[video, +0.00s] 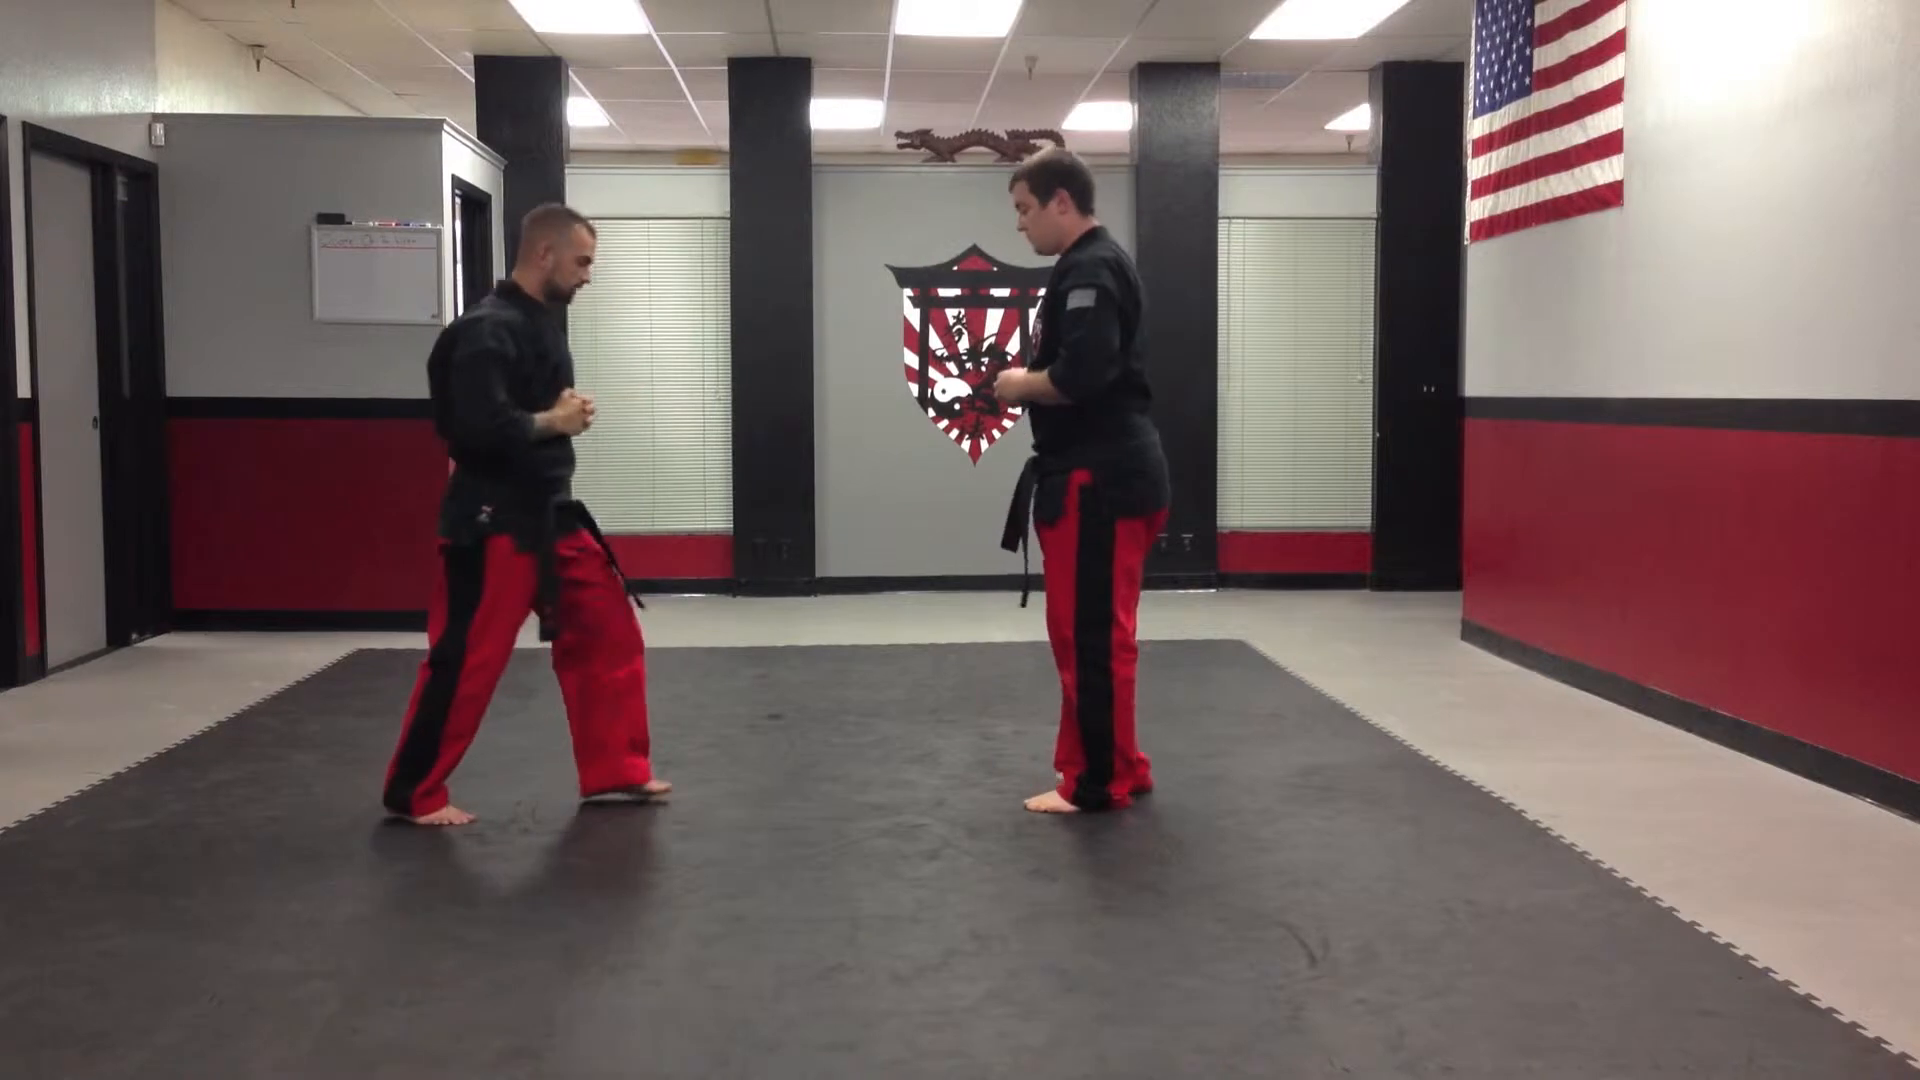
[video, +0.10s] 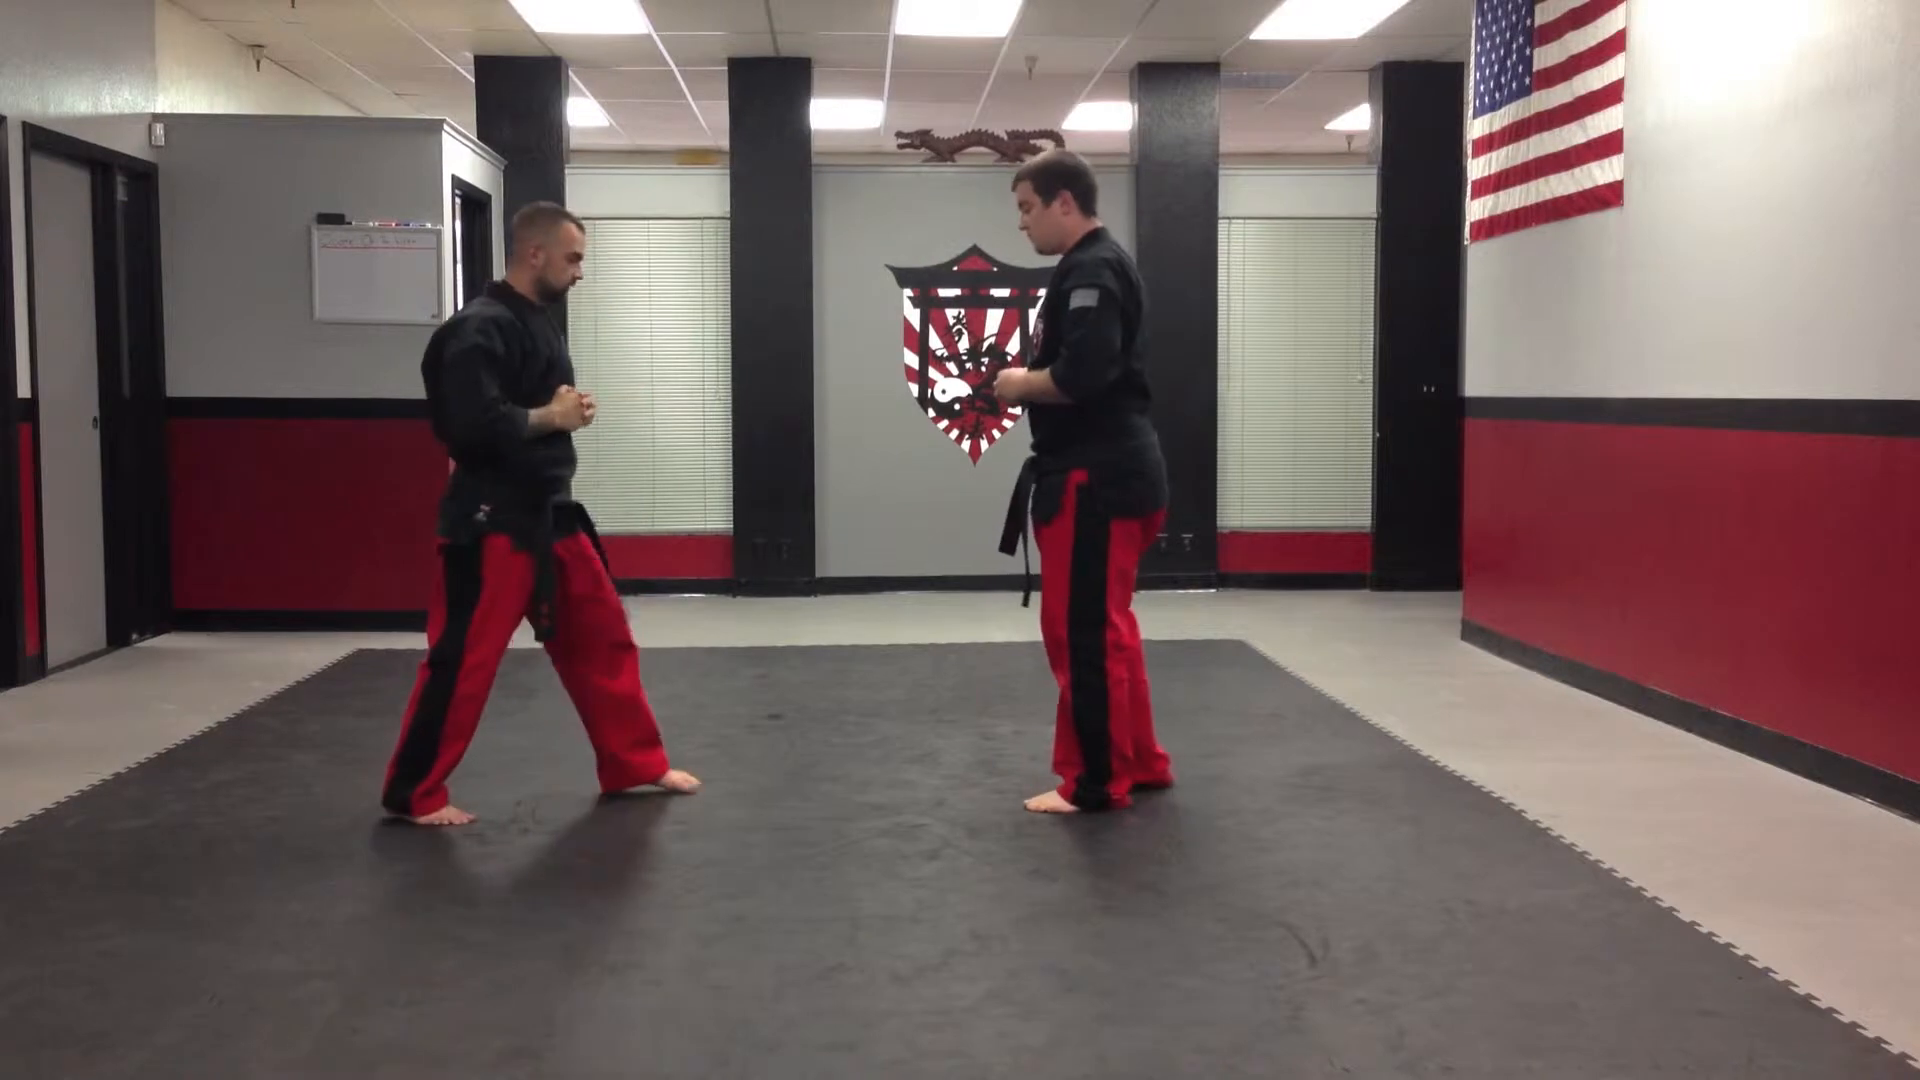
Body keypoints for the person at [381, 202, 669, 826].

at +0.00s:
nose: (587, 275)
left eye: (590, 263)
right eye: (582, 262)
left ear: (546, 258)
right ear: (542, 255)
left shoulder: (545, 326)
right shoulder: (485, 329)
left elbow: (529, 411)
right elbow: (475, 428)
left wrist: (557, 414)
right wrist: (551, 421)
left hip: (552, 511)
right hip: (493, 517)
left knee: (607, 635)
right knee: (468, 658)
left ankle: (614, 772)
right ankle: (415, 794)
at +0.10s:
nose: (579, 272)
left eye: (581, 260)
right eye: (572, 259)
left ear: (539, 258)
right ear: (532, 254)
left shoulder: (542, 324)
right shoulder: (478, 328)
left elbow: (527, 409)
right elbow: (469, 423)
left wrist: (560, 408)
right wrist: (548, 416)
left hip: (551, 513)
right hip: (490, 518)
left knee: (601, 638)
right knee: (463, 662)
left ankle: (633, 766)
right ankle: (414, 794)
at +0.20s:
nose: (577, 271)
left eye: (578, 260)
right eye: (569, 259)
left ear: (538, 259)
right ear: (530, 256)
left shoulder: (544, 328)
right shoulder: (480, 331)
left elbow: (533, 414)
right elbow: (474, 423)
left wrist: (572, 407)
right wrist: (558, 412)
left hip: (556, 516)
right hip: (495, 521)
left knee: (602, 646)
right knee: (465, 664)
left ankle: (634, 768)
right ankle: (412, 794)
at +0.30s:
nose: (577, 268)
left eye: (578, 257)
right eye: (568, 256)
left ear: (540, 260)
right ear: (529, 257)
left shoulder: (555, 337)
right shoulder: (487, 336)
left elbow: (594, 423)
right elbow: (495, 422)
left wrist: (607, 394)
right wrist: (578, 400)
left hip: (567, 520)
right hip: (505, 525)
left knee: (610, 649)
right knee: (472, 664)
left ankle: (637, 769)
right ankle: (412, 793)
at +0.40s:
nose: (579, 262)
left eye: (578, 251)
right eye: (569, 251)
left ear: (540, 258)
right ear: (530, 255)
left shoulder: (559, 329)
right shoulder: (491, 335)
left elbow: (611, 401)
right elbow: (526, 410)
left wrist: (627, 363)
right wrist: (594, 368)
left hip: (569, 518)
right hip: (506, 524)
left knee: (614, 647)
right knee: (476, 663)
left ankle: (637, 768)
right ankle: (413, 792)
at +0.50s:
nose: (579, 262)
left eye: (578, 251)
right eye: (568, 251)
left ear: (540, 257)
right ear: (529, 255)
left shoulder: (558, 330)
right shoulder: (493, 335)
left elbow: (630, 381)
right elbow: (547, 397)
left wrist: (649, 332)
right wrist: (586, 343)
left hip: (567, 518)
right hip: (504, 523)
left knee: (610, 647)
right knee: (472, 663)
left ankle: (637, 768)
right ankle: (411, 792)